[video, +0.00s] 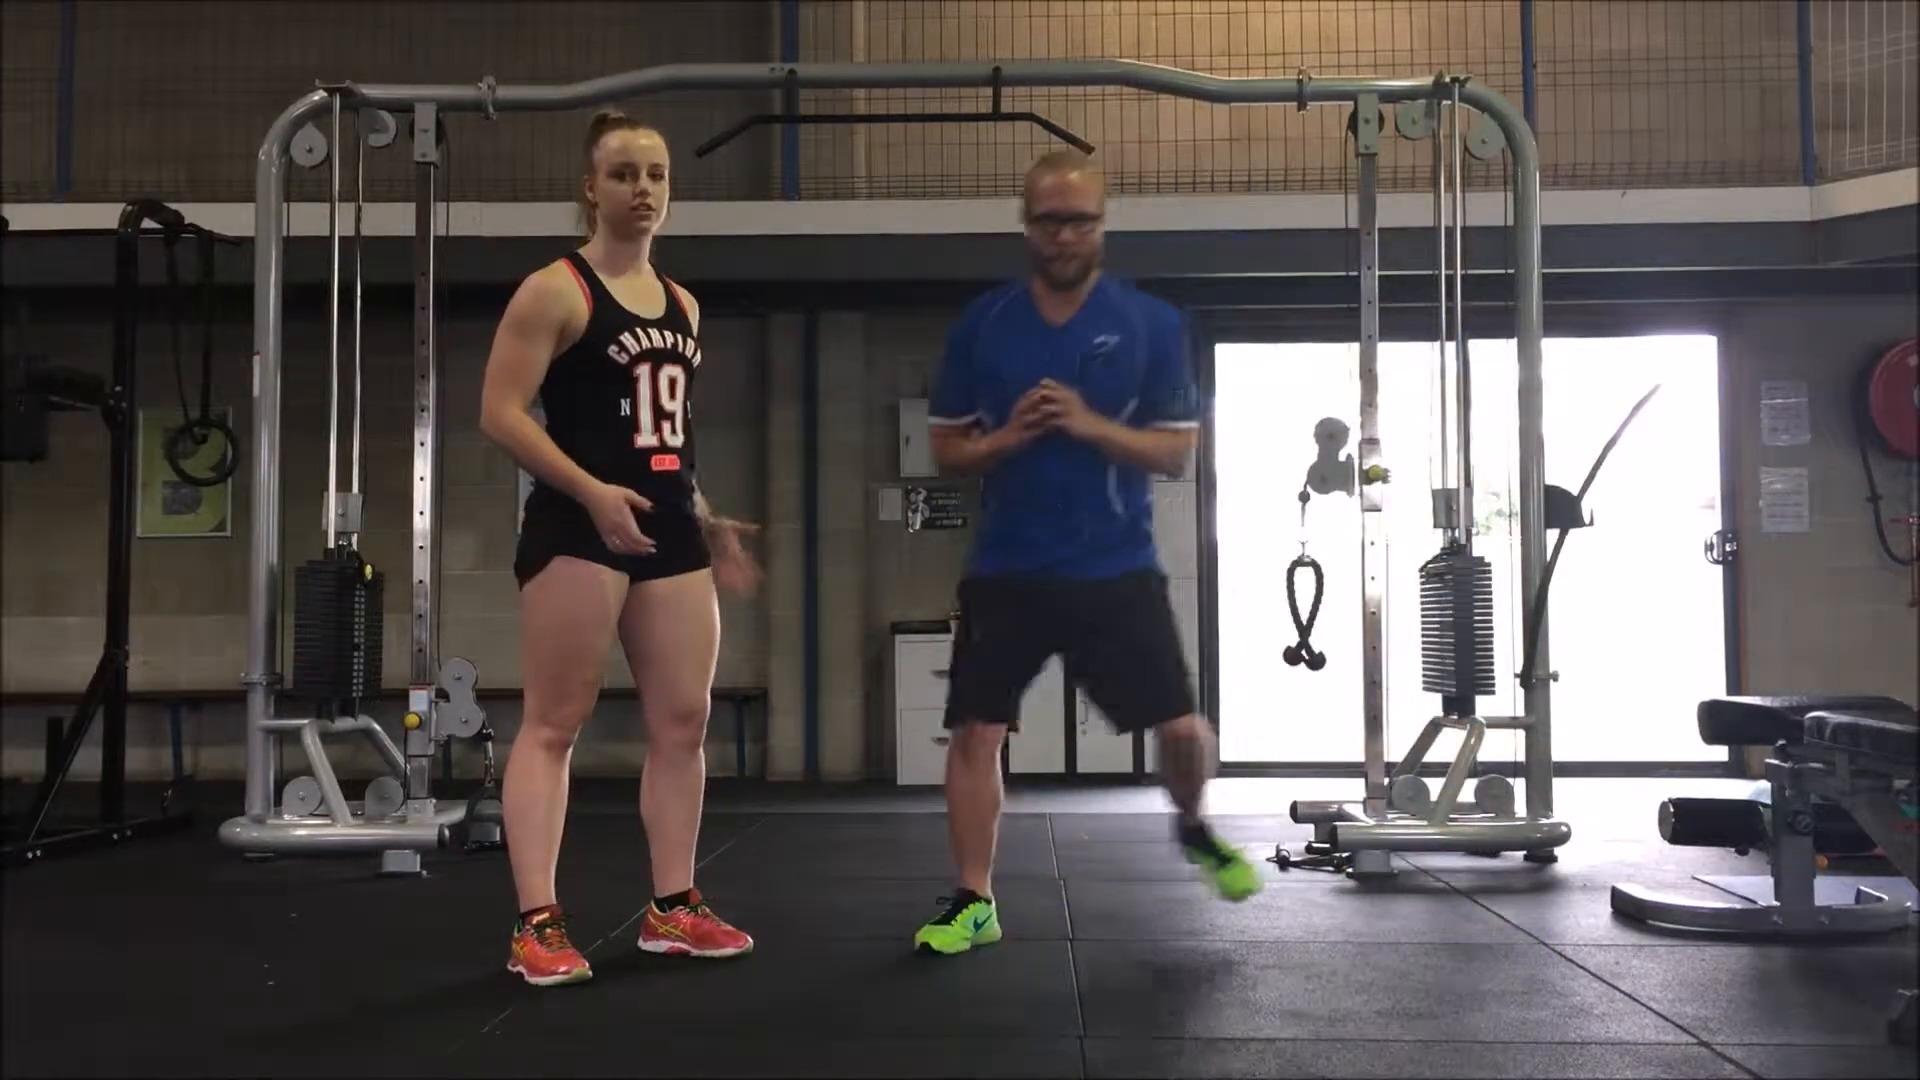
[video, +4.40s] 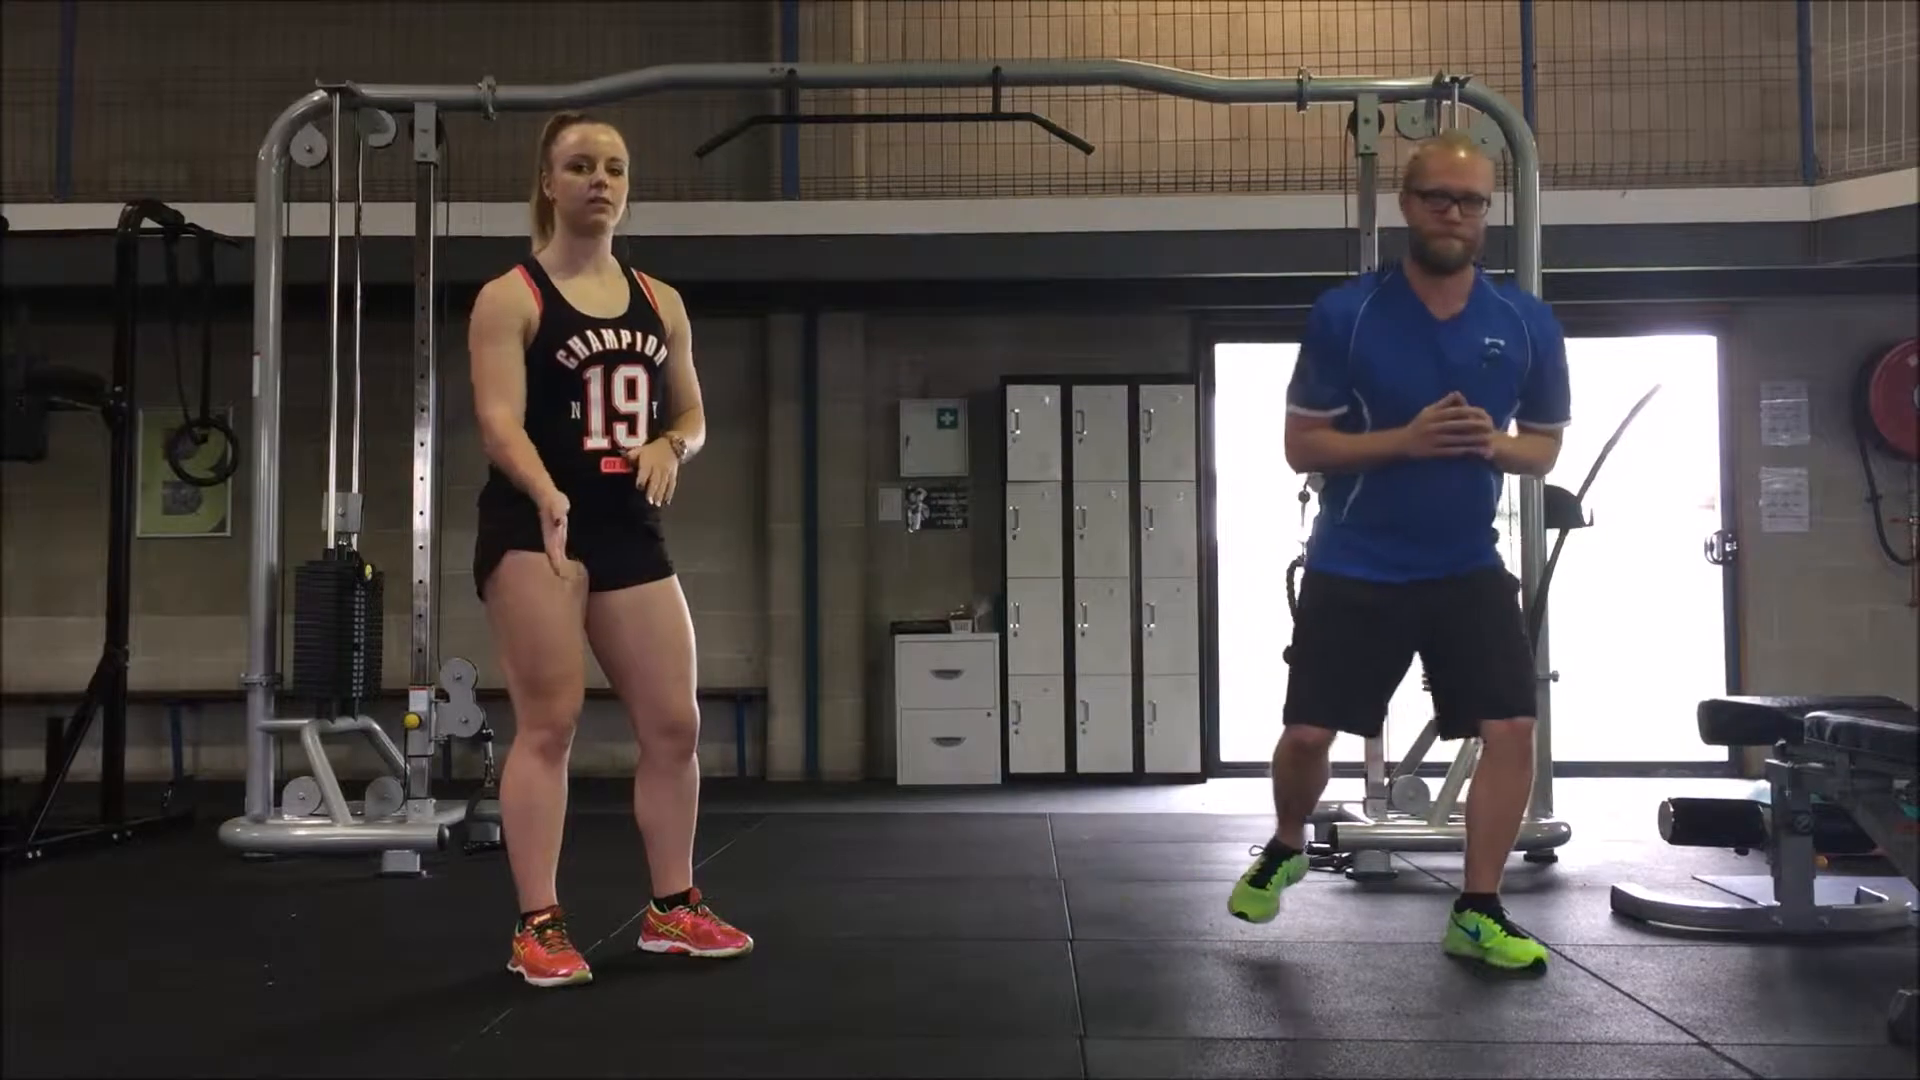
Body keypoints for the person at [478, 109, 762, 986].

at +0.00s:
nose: (642, 188)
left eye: (655, 175)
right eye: (624, 174)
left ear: (670, 192)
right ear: (591, 188)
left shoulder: (678, 303)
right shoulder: (554, 291)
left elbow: (663, 438)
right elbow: (500, 413)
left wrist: (705, 522)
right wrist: (592, 492)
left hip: (672, 531)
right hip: (580, 531)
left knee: (683, 726)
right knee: (553, 724)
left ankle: (673, 906)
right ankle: (537, 922)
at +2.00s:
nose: (619, 187)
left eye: (631, 175)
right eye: (600, 173)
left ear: (644, 195)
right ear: (563, 190)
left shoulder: (672, 302)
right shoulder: (520, 297)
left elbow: (716, 410)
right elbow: (472, 417)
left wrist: (698, 440)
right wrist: (553, 426)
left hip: (648, 529)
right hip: (553, 524)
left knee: (691, 722)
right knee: (550, 721)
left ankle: (673, 907)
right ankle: (538, 924)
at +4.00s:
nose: (598, 181)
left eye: (611, 169)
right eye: (579, 167)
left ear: (626, 188)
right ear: (542, 183)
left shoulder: (657, 303)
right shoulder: (501, 302)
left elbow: (685, 414)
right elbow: (472, 429)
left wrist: (671, 450)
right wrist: (546, 525)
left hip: (623, 527)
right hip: (527, 529)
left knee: (673, 725)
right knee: (546, 726)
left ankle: (673, 907)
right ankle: (538, 926)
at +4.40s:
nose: (600, 180)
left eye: (613, 169)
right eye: (581, 167)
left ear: (627, 189)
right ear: (546, 184)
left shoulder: (659, 301)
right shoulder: (508, 299)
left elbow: (691, 414)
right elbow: (499, 422)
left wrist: (672, 446)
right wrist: (546, 493)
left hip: (625, 520)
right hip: (531, 520)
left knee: (674, 725)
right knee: (548, 726)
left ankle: (673, 906)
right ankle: (539, 926)